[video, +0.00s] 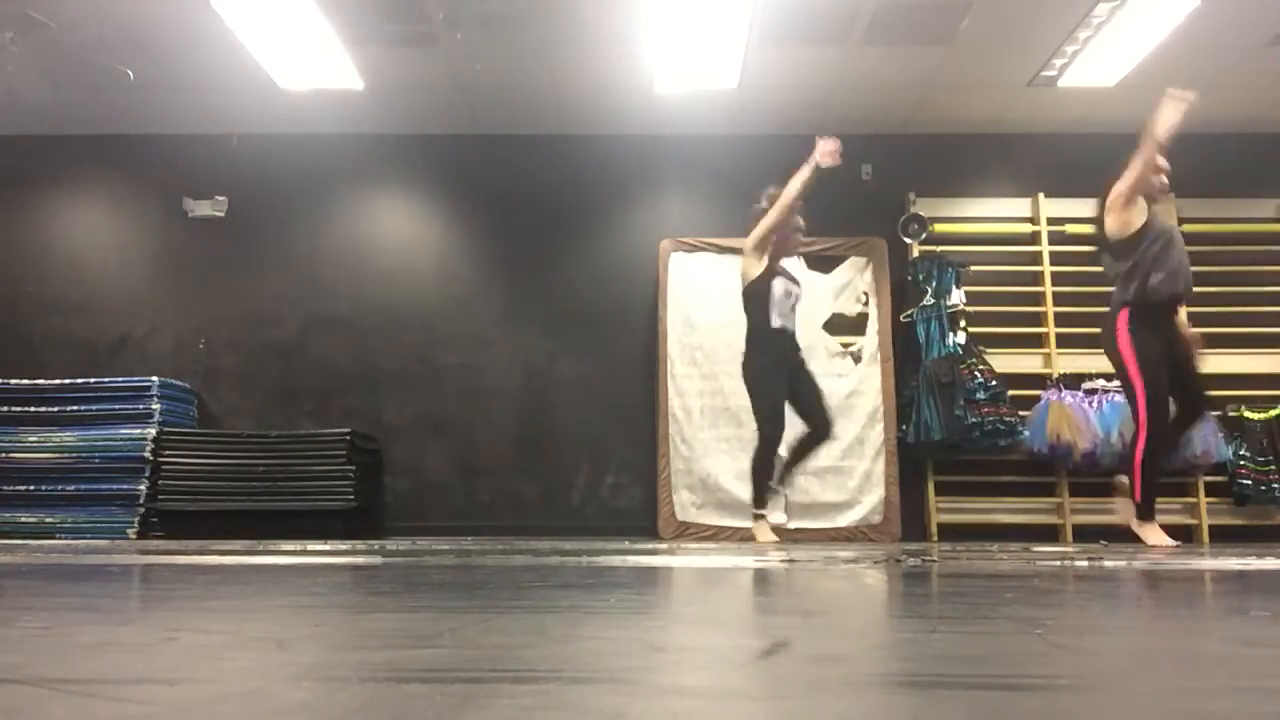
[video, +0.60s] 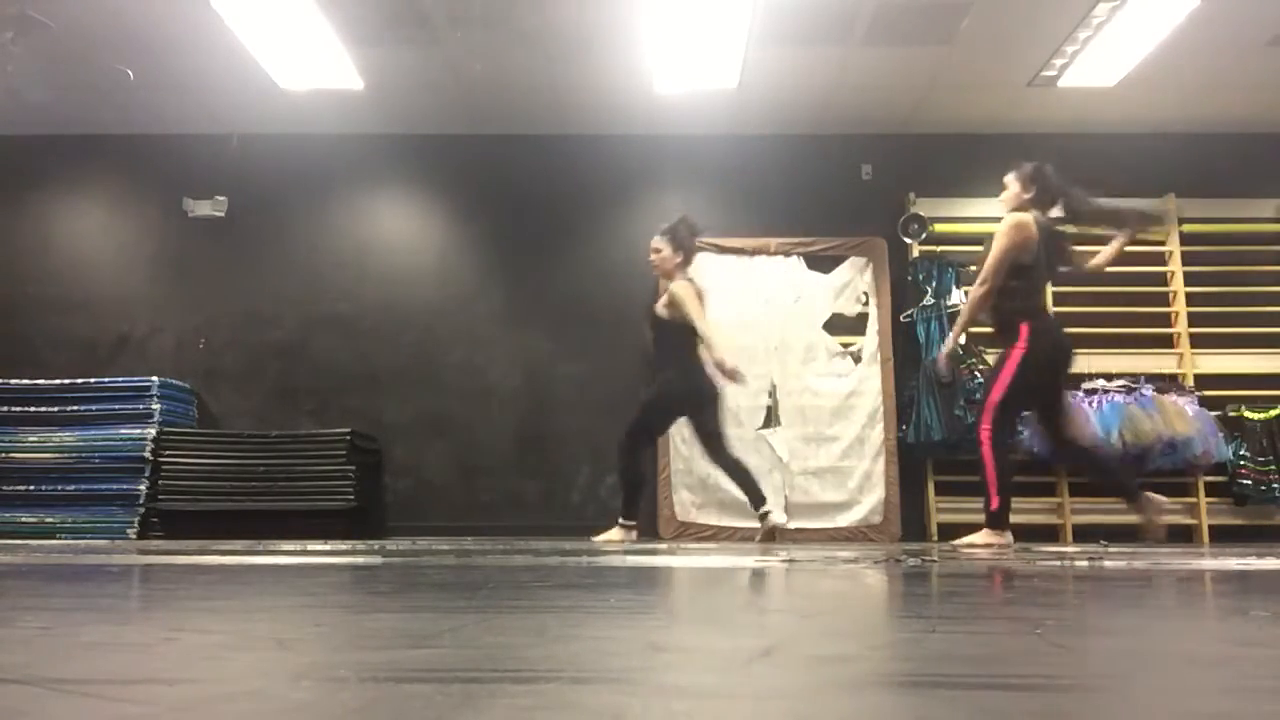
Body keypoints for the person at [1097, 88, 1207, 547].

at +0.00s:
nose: (1165, 174)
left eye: (1166, 168)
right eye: (1155, 169)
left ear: (1165, 175)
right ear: (1136, 173)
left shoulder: (1159, 214)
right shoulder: (1122, 206)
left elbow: (1165, 279)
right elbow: (1143, 159)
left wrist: (1183, 325)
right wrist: (1159, 128)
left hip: (1162, 320)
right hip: (1131, 320)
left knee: (1193, 402)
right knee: (1151, 414)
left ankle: (1133, 476)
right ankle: (1144, 518)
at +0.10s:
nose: (1151, 162)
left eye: (1151, 157)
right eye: (1143, 157)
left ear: (1134, 168)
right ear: (1126, 164)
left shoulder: (1106, 209)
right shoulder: (1128, 191)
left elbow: (1092, 268)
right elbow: (1129, 126)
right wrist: (1114, 86)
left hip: (1114, 304)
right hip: (1143, 304)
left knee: (1140, 394)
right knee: (1153, 403)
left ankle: (1105, 458)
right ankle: (1141, 510)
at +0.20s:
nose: (1125, 163)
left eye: (1120, 160)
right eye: (1121, 157)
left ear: (1084, 175)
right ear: (1113, 166)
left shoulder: (1073, 215)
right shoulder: (1134, 188)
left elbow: (1066, 275)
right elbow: (1129, 125)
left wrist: (1080, 299)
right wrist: (1094, 76)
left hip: (1098, 301)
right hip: (1146, 297)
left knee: (1083, 388)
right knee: (1148, 405)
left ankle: (1113, 444)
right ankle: (1146, 509)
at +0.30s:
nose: (1112, 170)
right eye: (1108, 164)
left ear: (1070, 179)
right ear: (1109, 174)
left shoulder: (1056, 216)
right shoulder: (1127, 197)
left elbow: (1046, 279)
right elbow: (1140, 134)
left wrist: (1047, 325)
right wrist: (1136, 96)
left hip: (1093, 306)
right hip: (1140, 301)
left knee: (1044, 395)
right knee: (1147, 405)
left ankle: (1112, 452)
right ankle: (1155, 509)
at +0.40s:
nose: (1041, 186)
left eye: (1046, 181)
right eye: (1043, 180)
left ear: (1062, 183)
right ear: (1084, 185)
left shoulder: (1039, 222)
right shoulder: (1104, 213)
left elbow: (1022, 288)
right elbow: (1140, 171)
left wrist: (1013, 335)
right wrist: (1156, 141)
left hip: (1082, 319)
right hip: (1123, 315)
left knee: (1024, 399)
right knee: (1146, 413)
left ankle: (1059, 489)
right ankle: (1169, 509)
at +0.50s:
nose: (1020, 192)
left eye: (1026, 186)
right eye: (1023, 185)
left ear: (1044, 189)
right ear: (1057, 191)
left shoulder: (1023, 227)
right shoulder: (1080, 223)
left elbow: (999, 291)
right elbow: (1124, 213)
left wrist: (978, 341)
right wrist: (1170, 171)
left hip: (1058, 335)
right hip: (1089, 329)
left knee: (1015, 418)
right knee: (1123, 416)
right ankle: (1172, 507)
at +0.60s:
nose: (1002, 194)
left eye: (1008, 188)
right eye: (1005, 188)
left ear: (1029, 192)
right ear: (1033, 193)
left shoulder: (1014, 224)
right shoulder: (1043, 228)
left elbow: (984, 287)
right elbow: (1092, 265)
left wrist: (951, 341)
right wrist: (1124, 234)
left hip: (1028, 340)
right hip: (1048, 339)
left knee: (991, 425)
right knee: (1059, 438)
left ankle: (996, 528)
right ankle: (1143, 502)